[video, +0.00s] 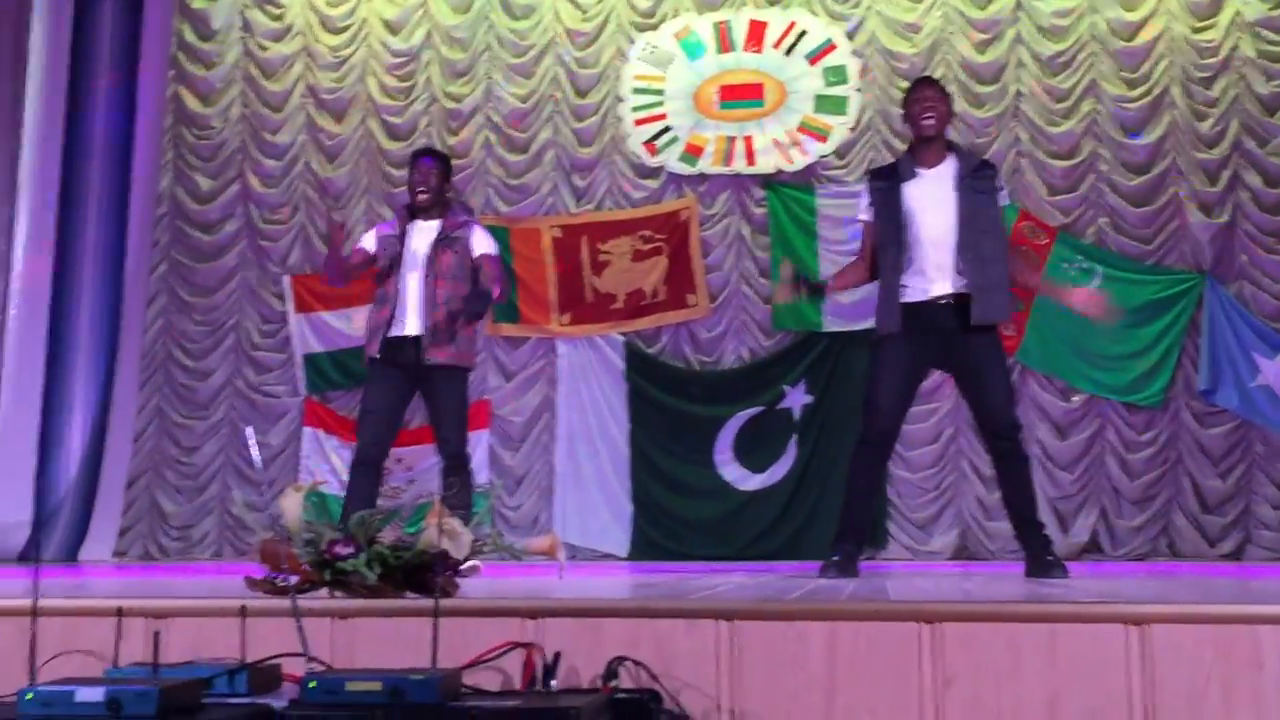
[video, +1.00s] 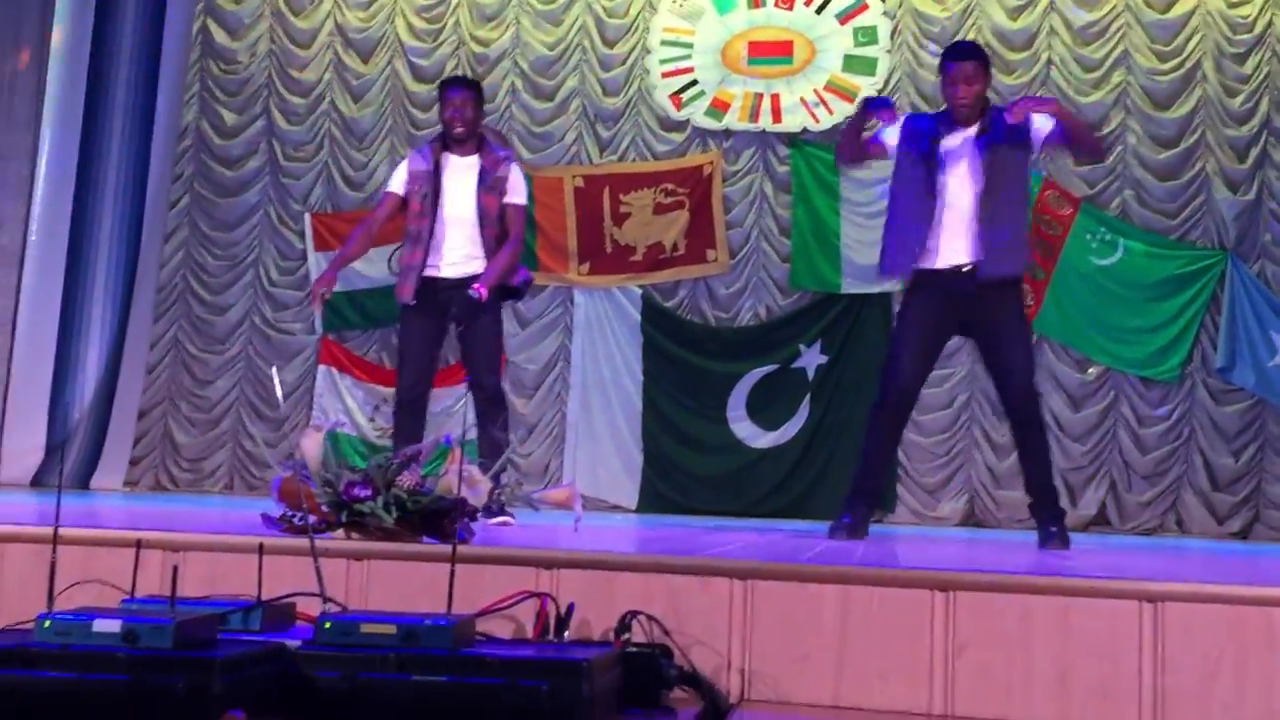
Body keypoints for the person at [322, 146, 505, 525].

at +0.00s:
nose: (422, 182)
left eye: (430, 175)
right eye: (416, 175)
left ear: (447, 183)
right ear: (407, 182)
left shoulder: (470, 233)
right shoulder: (388, 232)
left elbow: (492, 284)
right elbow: (338, 276)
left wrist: (473, 309)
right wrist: (336, 248)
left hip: (444, 355)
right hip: (392, 352)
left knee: (453, 451)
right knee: (369, 449)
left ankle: (456, 539)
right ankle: (350, 539)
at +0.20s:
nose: (408, 176)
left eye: (417, 170)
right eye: (404, 169)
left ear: (435, 179)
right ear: (395, 175)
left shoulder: (456, 232)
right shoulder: (372, 217)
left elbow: (473, 300)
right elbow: (309, 192)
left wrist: (444, 333)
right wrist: (339, 178)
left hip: (437, 354)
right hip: (382, 351)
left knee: (452, 454)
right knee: (362, 452)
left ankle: (461, 550)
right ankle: (343, 547)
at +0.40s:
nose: (405, 176)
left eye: (415, 171)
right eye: (400, 168)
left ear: (428, 183)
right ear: (389, 176)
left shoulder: (438, 241)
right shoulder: (359, 216)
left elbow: (419, 310)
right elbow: (346, 250)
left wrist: (384, 361)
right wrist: (364, 260)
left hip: (404, 345)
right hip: (351, 344)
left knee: (444, 409)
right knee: (334, 442)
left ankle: (458, 515)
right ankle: (334, 530)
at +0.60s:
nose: (402, 187)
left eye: (411, 180)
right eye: (395, 178)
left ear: (424, 189)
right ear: (383, 184)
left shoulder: (436, 246)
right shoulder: (352, 235)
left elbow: (421, 315)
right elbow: (347, 312)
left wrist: (392, 366)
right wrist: (391, 368)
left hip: (406, 348)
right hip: (350, 348)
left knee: (448, 410)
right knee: (329, 436)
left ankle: (465, 513)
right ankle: (329, 524)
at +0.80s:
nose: (442, 138)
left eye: (450, 131)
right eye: (435, 129)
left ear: (465, 137)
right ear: (423, 134)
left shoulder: (487, 192)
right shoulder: (399, 185)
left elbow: (496, 262)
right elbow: (359, 246)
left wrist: (470, 308)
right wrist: (354, 306)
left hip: (464, 314)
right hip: (407, 312)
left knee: (478, 409)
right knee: (377, 408)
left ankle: (491, 512)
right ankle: (354, 502)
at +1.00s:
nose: (457, 116)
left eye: (466, 108)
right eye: (450, 108)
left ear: (480, 113)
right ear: (440, 113)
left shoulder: (505, 168)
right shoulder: (417, 163)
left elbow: (516, 238)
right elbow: (376, 223)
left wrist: (486, 284)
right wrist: (333, 271)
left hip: (477, 290)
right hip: (423, 290)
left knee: (487, 390)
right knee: (410, 392)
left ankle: (493, 493)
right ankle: (401, 492)